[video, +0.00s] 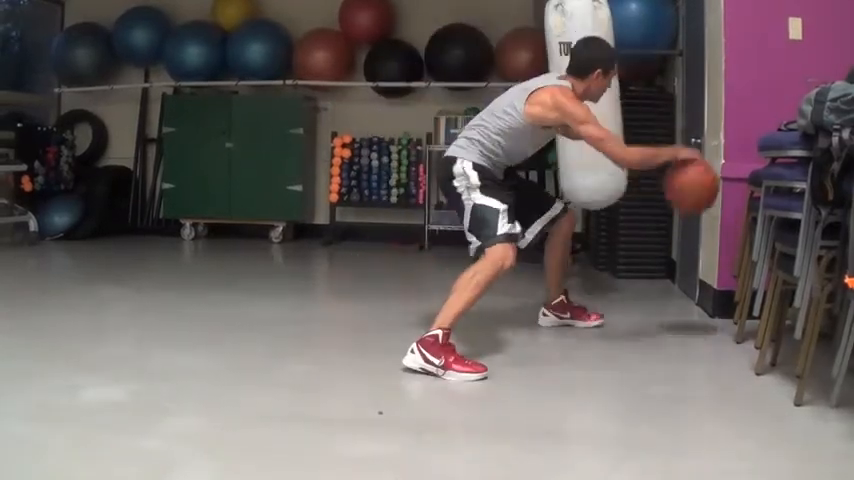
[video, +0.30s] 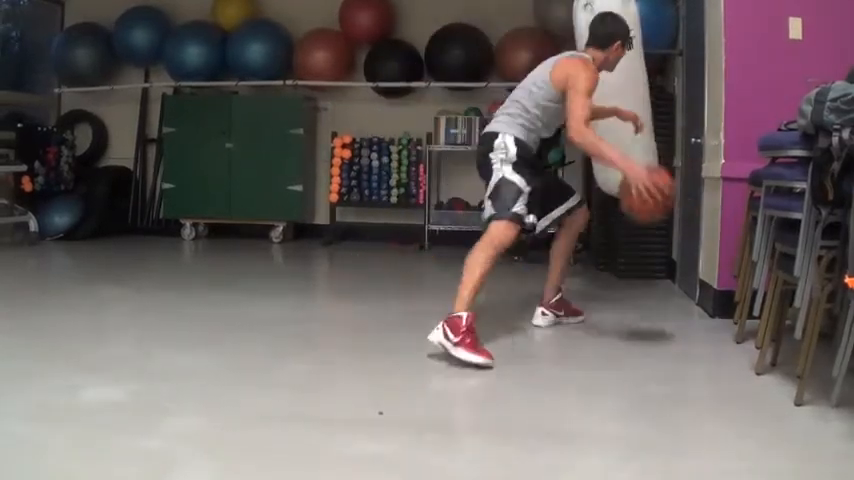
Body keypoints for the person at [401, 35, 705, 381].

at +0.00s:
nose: (608, 85)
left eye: (609, 78)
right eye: (609, 78)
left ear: (579, 69)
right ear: (595, 75)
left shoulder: (561, 91)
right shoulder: (561, 102)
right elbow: (625, 157)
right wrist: (677, 152)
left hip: (496, 169)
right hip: (468, 165)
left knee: (562, 218)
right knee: (501, 253)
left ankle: (555, 306)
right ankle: (433, 341)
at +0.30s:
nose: (621, 59)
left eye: (623, 53)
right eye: (623, 52)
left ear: (595, 41)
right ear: (615, 46)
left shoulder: (572, 64)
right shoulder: (581, 68)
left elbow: (575, 112)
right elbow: (579, 132)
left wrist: (616, 112)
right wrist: (628, 167)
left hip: (524, 153)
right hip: (505, 143)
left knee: (576, 215)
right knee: (506, 227)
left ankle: (550, 302)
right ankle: (456, 322)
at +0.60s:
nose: (621, 42)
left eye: (622, 36)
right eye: (620, 34)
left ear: (598, 26)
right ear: (607, 29)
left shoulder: (576, 51)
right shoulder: (578, 51)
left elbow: (586, 100)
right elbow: (595, 98)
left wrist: (623, 100)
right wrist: (631, 94)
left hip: (538, 145)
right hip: (519, 141)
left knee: (574, 210)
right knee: (535, 227)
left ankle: (553, 283)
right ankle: (480, 314)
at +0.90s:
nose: (614, 63)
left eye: (616, 56)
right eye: (614, 55)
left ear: (593, 51)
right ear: (600, 52)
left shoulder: (574, 77)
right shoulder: (567, 81)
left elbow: (573, 112)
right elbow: (553, 141)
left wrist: (612, 105)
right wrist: (597, 170)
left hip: (539, 167)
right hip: (513, 164)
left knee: (573, 231)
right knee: (553, 230)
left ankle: (553, 286)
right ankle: (496, 315)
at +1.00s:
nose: (601, 42)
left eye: (603, 35)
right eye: (601, 34)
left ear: (583, 26)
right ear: (589, 28)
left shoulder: (567, 58)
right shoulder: (549, 57)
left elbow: (563, 100)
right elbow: (536, 115)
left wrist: (606, 103)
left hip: (530, 156)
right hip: (506, 154)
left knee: (552, 221)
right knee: (552, 234)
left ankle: (550, 282)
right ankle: (494, 316)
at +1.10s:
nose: (586, 16)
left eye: (588, 10)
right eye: (586, 8)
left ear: (565, 3)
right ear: (572, 3)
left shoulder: (546, 28)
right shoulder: (541, 27)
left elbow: (552, 83)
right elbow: (533, 81)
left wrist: (594, 93)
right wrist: (591, 68)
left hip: (519, 136)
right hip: (501, 137)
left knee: (542, 219)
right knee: (550, 233)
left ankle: (532, 285)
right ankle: (494, 316)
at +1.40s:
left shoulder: (495, 5)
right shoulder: (532, 2)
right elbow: (532, 64)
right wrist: (591, 88)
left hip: (472, 109)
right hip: (486, 108)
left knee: (522, 215)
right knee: (540, 215)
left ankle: (495, 311)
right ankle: (468, 325)